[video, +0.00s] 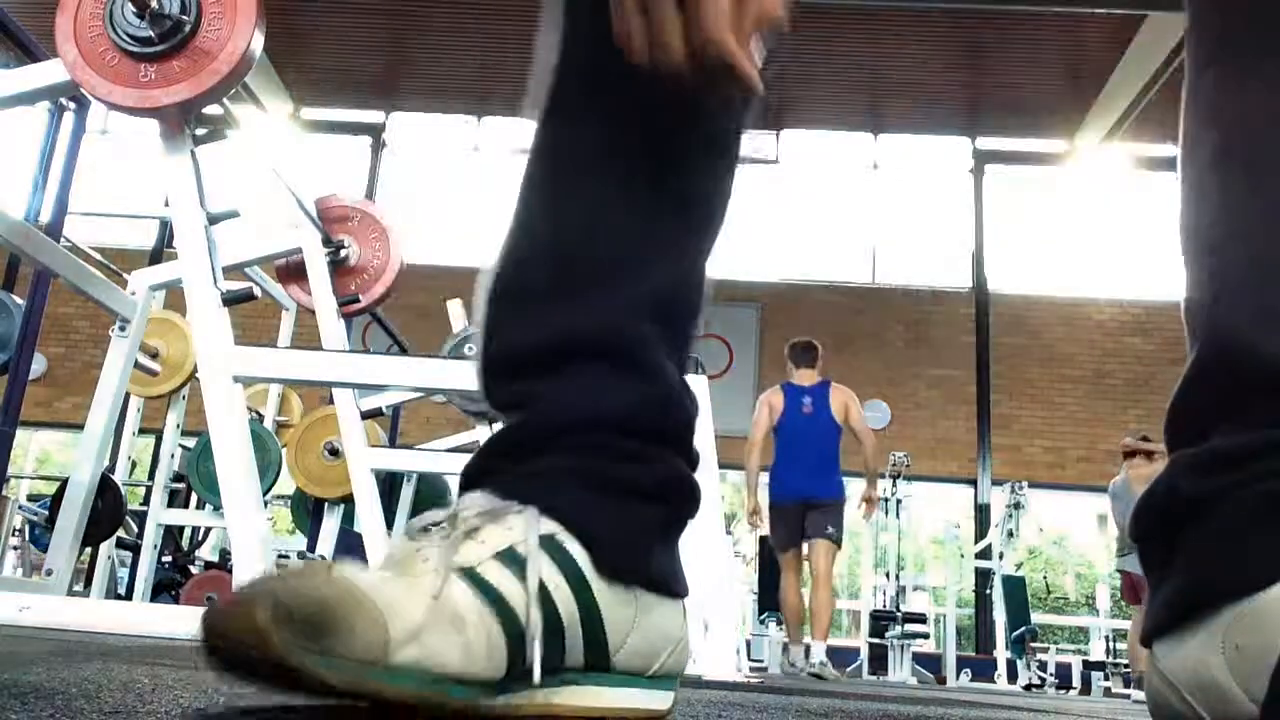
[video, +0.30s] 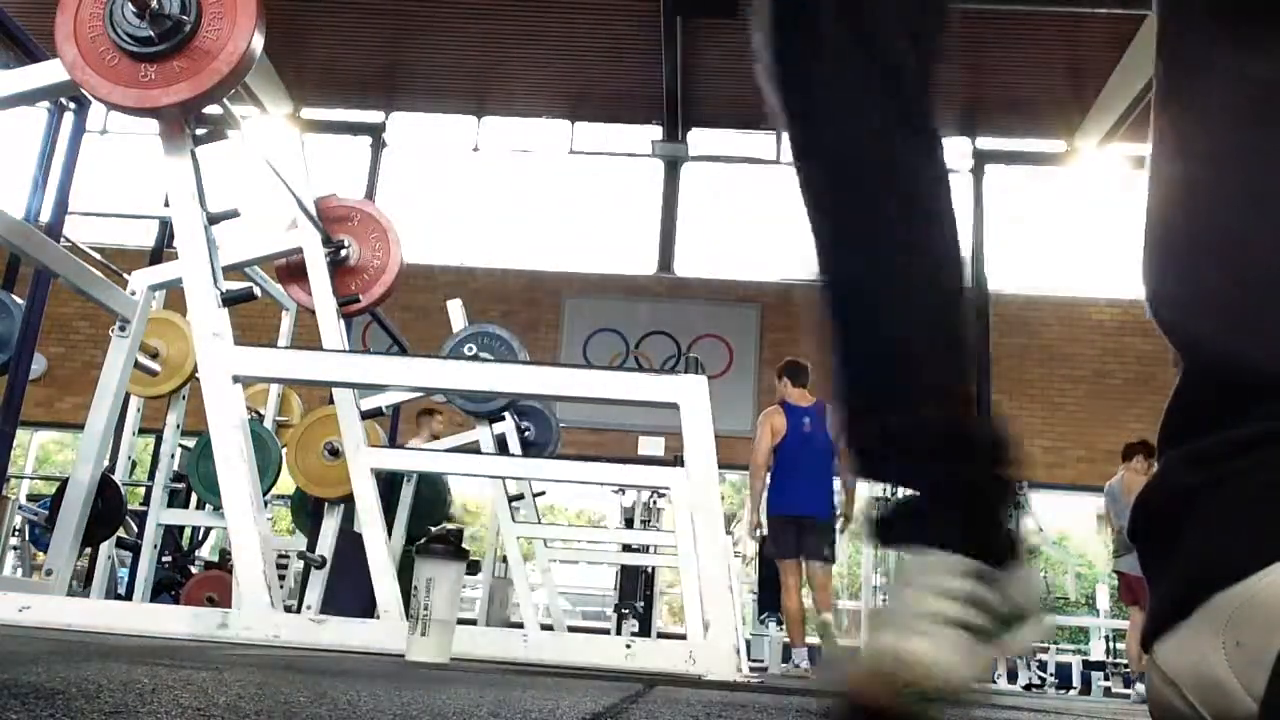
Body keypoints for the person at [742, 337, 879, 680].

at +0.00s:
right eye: (820, 361)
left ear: (789, 364)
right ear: (820, 362)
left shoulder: (771, 397)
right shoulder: (842, 395)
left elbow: (754, 447)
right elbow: (869, 441)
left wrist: (751, 497)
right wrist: (872, 485)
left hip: (785, 496)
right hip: (826, 495)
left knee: (789, 572)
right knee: (822, 573)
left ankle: (795, 654)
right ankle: (819, 655)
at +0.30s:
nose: (776, 389)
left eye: (776, 384)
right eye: (776, 384)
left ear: (783, 382)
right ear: (807, 382)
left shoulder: (772, 416)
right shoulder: (830, 413)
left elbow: (758, 469)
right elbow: (846, 462)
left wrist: (754, 512)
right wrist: (849, 504)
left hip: (784, 513)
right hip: (821, 513)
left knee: (790, 584)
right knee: (821, 582)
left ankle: (799, 658)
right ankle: (830, 638)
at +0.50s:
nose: (770, 395)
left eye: (771, 389)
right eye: (770, 390)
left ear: (783, 387)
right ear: (800, 389)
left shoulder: (771, 418)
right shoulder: (829, 422)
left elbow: (754, 464)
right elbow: (838, 473)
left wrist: (747, 503)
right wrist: (836, 513)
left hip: (780, 513)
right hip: (813, 514)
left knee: (788, 584)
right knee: (804, 577)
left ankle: (799, 657)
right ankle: (813, 646)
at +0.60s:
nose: (764, 401)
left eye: (767, 395)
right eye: (764, 396)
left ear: (782, 393)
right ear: (795, 396)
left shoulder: (771, 423)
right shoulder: (825, 429)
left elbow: (754, 466)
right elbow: (833, 479)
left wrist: (742, 504)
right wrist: (832, 519)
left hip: (776, 517)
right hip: (807, 519)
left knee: (786, 585)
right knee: (798, 585)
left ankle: (800, 657)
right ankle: (798, 653)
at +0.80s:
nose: (760, 406)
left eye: (763, 400)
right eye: (760, 401)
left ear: (778, 401)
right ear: (785, 403)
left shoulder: (771, 430)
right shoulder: (811, 437)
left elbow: (758, 476)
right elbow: (815, 489)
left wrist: (738, 514)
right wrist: (813, 531)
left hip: (770, 519)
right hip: (795, 523)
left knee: (776, 589)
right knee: (777, 589)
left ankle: (799, 647)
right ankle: (781, 654)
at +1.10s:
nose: (742, 407)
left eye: (746, 402)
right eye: (743, 402)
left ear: (763, 405)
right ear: (766, 408)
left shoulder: (762, 432)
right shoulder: (780, 435)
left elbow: (760, 474)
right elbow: (777, 482)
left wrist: (746, 511)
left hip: (757, 518)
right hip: (776, 520)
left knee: (730, 574)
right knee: (772, 583)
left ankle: (751, 638)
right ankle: (781, 653)